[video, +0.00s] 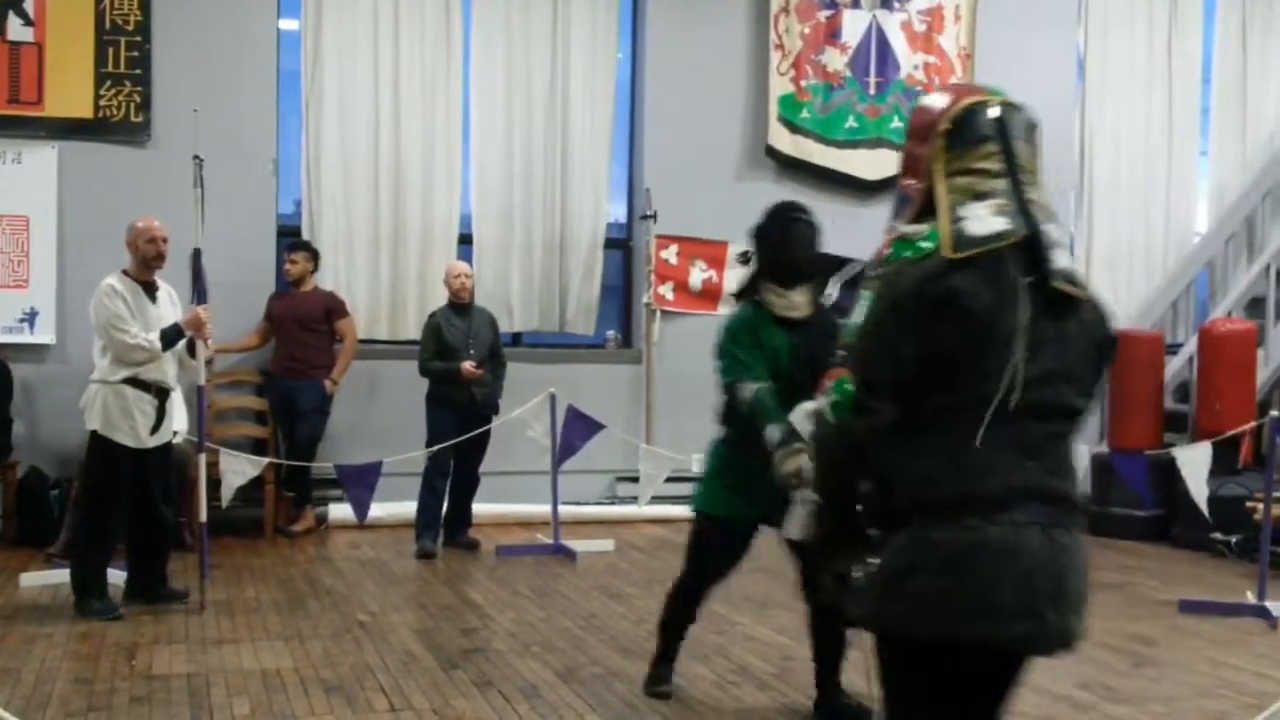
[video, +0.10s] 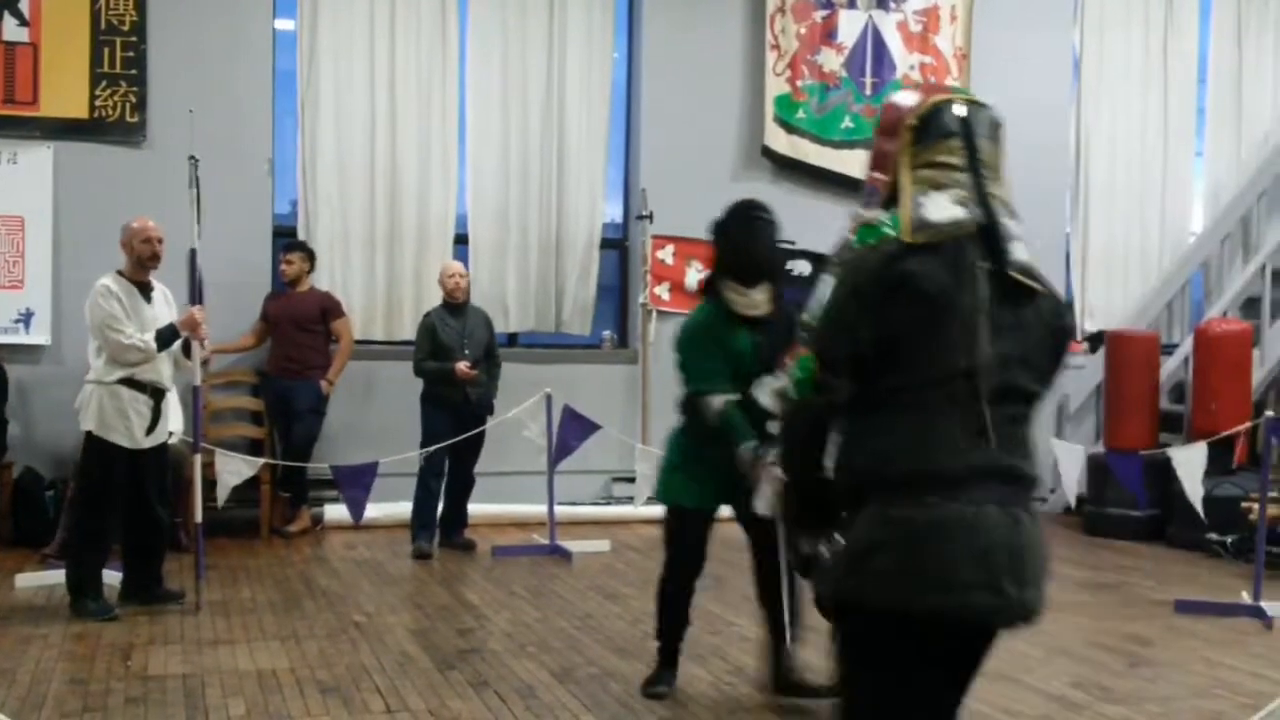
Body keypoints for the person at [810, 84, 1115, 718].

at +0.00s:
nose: (918, 180)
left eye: (927, 166)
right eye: (923, 165)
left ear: (944, 171)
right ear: (1026, 168)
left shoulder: (922, 285)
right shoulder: (1076, 306)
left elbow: (860, 418)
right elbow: (1054, 430)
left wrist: (843, 535)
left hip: (931, 559)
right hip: (1034, 558)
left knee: (918, 703)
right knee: (972, 704)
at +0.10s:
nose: (893, 166)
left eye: (901, 153)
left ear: (908, 166)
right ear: (993, 167)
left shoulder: (880, 270)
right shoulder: (1035, 296)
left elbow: (811, 401)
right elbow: (1012, 417)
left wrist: (811, 515)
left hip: (892, 546)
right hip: (995, 547)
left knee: (874, 705)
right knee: (932, 708)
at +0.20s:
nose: (840, 148)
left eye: (851, 136)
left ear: (868, 151)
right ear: (946, 155)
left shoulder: (836, 244)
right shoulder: (987, 280)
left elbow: (765, 376)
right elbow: (948, 397)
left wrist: (764, 484)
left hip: (850, 527)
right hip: (954, 531)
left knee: (766, 700)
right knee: (899, 704)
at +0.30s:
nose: (817, 149)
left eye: (827, 138)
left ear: (841, 151)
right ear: (921, 152)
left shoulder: (812, 244)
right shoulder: (965, 275)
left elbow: (749, 376)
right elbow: (936, 395)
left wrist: (750, 487)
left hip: (828, 514)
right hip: (932, 520)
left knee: (703, 661)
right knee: (884, 708)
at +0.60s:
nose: (760, 147)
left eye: (765, 135)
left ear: (771, 143)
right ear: (855, 143)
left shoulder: (740, 236)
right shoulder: (896, 264)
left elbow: (677, 367)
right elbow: (878, 397)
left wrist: (682, 457)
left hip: (738, 513)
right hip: (849, 525)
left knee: (614, 686)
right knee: (838, 705)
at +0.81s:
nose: (665, 147)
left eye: (674, 135)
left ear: (684, 147)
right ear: (779, 152)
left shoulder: (638, 265)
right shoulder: (819, 280)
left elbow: (585, 389)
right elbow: (825, 424)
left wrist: (617, 482)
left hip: (644, 552)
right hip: (766, 556)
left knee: (563, 710)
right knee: (780, 709)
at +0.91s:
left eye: (631, 138)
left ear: (629, 153)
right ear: (723, 158)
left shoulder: (576, 260)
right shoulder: (763, 276)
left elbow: (512, 399)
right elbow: (776, 436)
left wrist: (576, 462)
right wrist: (712, 466)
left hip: (583, 563)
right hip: (712, 567)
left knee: (527, 711)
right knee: (755, 711)